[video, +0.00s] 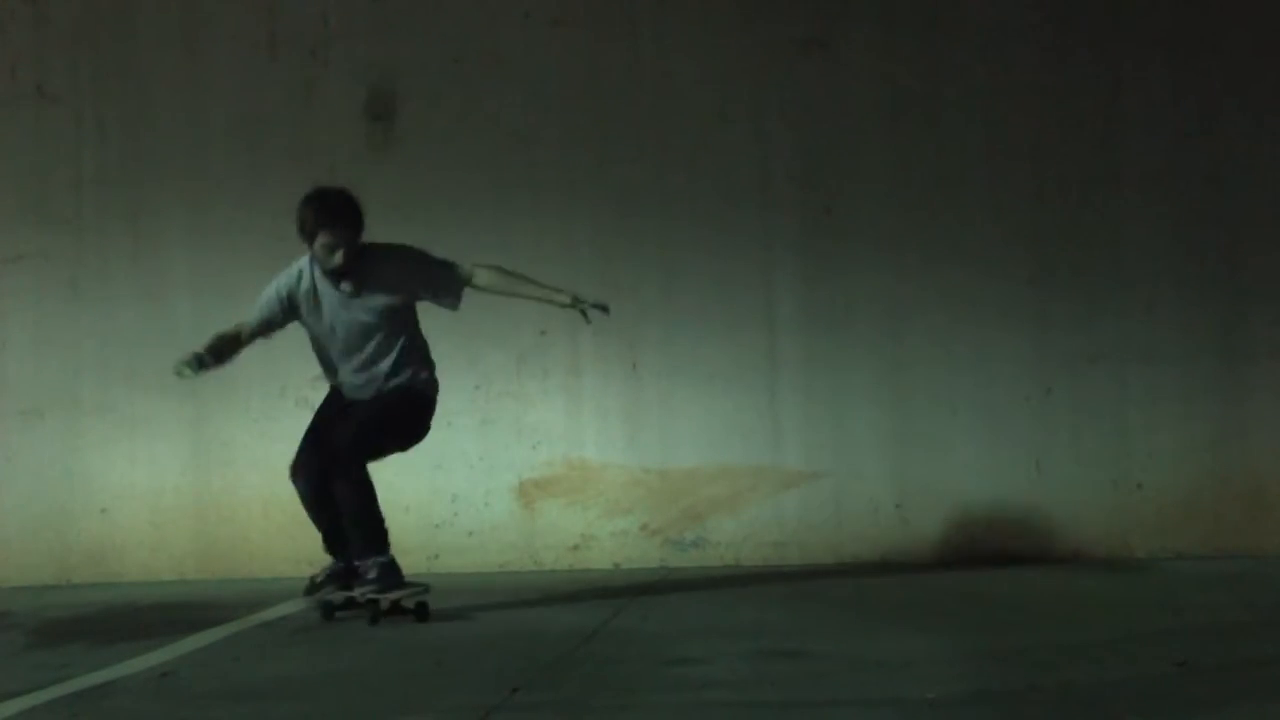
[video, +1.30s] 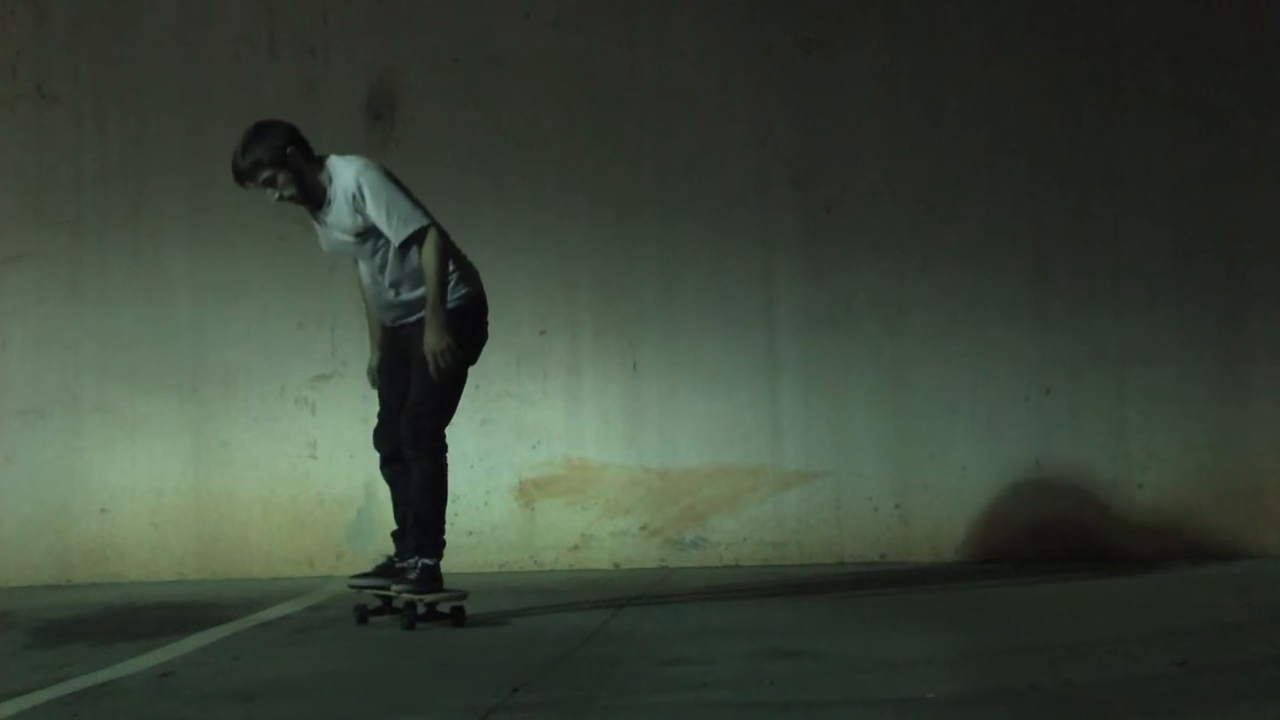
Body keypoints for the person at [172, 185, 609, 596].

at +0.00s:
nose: (340, 259)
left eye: (347, 247)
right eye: (328, 250)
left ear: (358, 237)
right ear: (308, 244)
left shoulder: (390, 267)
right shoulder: (298, 284)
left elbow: (475, 278)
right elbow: (246, 330)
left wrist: (564, 299)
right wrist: (209, 356)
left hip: (405, 397)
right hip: (346, 403)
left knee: (342, 454)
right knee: (306, 470)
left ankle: (379, 566)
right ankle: (347, 563)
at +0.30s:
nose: (283, 249)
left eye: (287, 236)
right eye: (272, 243)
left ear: (307, 219)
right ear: (264, 241)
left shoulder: (362, 231)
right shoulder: (275, 274)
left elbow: (446, 240)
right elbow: (237, 348)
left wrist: (523, 267)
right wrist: (199, 400)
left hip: (416, 349)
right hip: (361, 360)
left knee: (365, 435)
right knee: (327, 451)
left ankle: (389, 560)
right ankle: (357, 561)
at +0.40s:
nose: (263, 252)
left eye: (267, 238)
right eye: (253, 244)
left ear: (288, 220)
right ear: (248, 241)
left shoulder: (348, 222)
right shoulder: (274, 275)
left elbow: (437, 226)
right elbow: (263, 357)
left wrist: (515, 257)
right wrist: (232, 425)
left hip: (424, 332)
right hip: (367, 344)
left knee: (375, 430)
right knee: (337, 442)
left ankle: (388, 559)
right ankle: (355, 560)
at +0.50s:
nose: (253, 265)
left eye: (254, 251)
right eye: (243, 258)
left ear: (277, 231)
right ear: (242, 254)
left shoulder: (337, 229)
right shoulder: (280, 283)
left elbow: (430, 229)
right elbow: (292, 365)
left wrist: (508, 267)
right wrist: (273, 445)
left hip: (431, 324)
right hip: (377, 339)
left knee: (387, 430)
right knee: (348, 438)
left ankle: (391, 560)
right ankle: (359, 558)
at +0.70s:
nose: (247, 289)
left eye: (245, 276)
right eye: (238, 282)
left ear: (269, 251)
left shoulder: (339, 248)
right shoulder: (292, 295)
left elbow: (431, 262)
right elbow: (331, 350)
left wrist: (484, 326)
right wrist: (340, 434)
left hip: (440, 320)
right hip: (388, 335)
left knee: (407, 428)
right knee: (371, 438)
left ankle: (401, 560)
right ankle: (369, 558)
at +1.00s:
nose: (254, 256)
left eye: (252, 243)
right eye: (245, 250)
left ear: (276, 219)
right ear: (277, 222)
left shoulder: (348, 222)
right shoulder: (302, 254)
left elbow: (435, 261)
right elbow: (352, 306)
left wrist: (450, 349)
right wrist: (369, 383)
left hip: (450, 314)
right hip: (399, 330)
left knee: (414, 430)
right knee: (378, 434)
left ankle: (408, 560)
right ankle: (378, 556)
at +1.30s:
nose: (274, 194)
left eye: (272, 181)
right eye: (265, 188)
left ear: (295, 156)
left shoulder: (358, 176)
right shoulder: (319, 203)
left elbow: (431, 238)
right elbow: (369, 271)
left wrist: (436, 322)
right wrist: (379, 346)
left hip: (449, 309)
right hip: (403, 320)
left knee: (421, 430)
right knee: (391, 438)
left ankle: (426, 562)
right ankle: (408, 556)